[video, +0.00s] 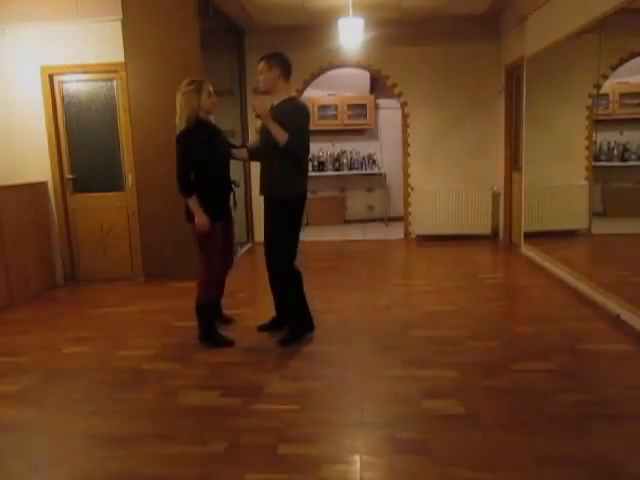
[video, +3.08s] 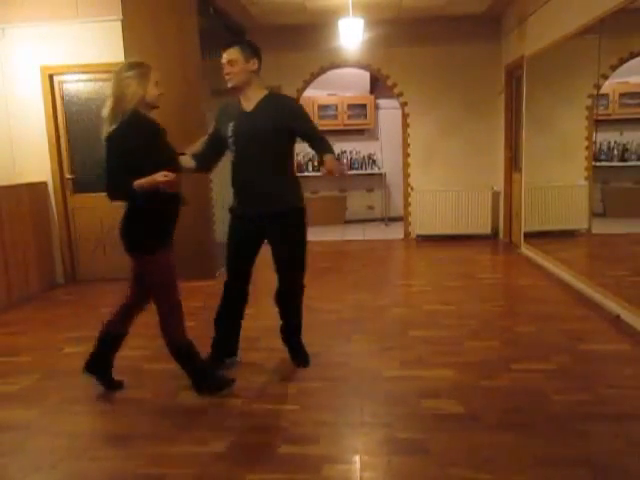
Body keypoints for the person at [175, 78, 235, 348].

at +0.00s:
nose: (214, 99)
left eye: (213, 94)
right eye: (209, 95)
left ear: (205, 99)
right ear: (194, 99)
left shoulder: (212, 130)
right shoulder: (187, 136)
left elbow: (231, 152)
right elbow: (184, 180)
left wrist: (255, 150)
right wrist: (196, 210)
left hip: (222, 203)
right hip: (204, 207)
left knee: (223, 262)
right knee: (210, 267)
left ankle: (214, 309)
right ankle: (206, 328)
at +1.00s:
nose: (183, 102)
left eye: (182, 97)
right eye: (176, 97)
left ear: (177, 101)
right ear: (159, 102)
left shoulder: (186, 136)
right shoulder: (149, 143)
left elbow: (207, 157)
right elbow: (148, 190)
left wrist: (235, 158)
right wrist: (170, 217)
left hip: (198, 209)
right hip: (172, 214)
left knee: (205, 272)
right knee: (183, 276)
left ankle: (189, 329)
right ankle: (162, 325)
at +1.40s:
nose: (153, 93)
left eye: (152, 88)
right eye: (146, 88)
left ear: (138, 93)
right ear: (128, 94)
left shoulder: (143, 127)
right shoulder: (125, 129)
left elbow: (161, 165)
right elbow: (123, 178)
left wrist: (196, 155)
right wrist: (165, 196)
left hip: (152, 221)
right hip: (138, 224)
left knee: (180, 277)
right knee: (155, 290)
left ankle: (143, 330)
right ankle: (148, 371)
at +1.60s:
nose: (136, 93)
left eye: (134, 88)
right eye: (130, 89)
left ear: (119, 95)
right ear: (112, 95)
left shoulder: (128, 133)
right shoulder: (114, 136)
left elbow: (168, 159)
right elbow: (122, 190)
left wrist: (205, 130)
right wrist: (147, 224)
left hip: (130, 224)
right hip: (119, 227)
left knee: (147, 297)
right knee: (134, 301)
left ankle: (100, 361)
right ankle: (145, 378)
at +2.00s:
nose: (125, 89)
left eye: (123, 83)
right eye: (118, 84)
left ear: (108, 88)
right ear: (98, 89)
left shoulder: (116, 128)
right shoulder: (88, 132)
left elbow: (134, 168)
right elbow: (82, 186)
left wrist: (170, 166)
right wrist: (118, 218)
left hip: (121, 224)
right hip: (109, 227)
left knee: (118, 300)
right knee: (150, 300)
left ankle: (89, 369)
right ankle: (132, 370)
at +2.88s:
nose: (124, 95)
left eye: (123, 89)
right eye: (118, 89)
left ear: (100, 94)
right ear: (99, 93)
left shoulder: (109, 132)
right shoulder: (95, 137)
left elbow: (132, 164)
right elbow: (99, 192)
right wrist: (139, 182)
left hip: (109, 237)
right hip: (110, 240)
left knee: (93, 306)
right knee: (162, 292)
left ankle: (86, 376)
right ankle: (163, 367)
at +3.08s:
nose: (160, 90)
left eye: (158, 84)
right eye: (154, 84)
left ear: (138, 88)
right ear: (135, 88)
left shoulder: (151, 126)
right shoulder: (124, 133)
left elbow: (163, 164)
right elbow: (115, 188)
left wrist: (193, 152)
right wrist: (150, 180)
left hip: (157, 223)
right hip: (144, 227)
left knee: (138, 298)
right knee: (168, 303)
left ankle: (100, 360)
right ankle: (200, 375)